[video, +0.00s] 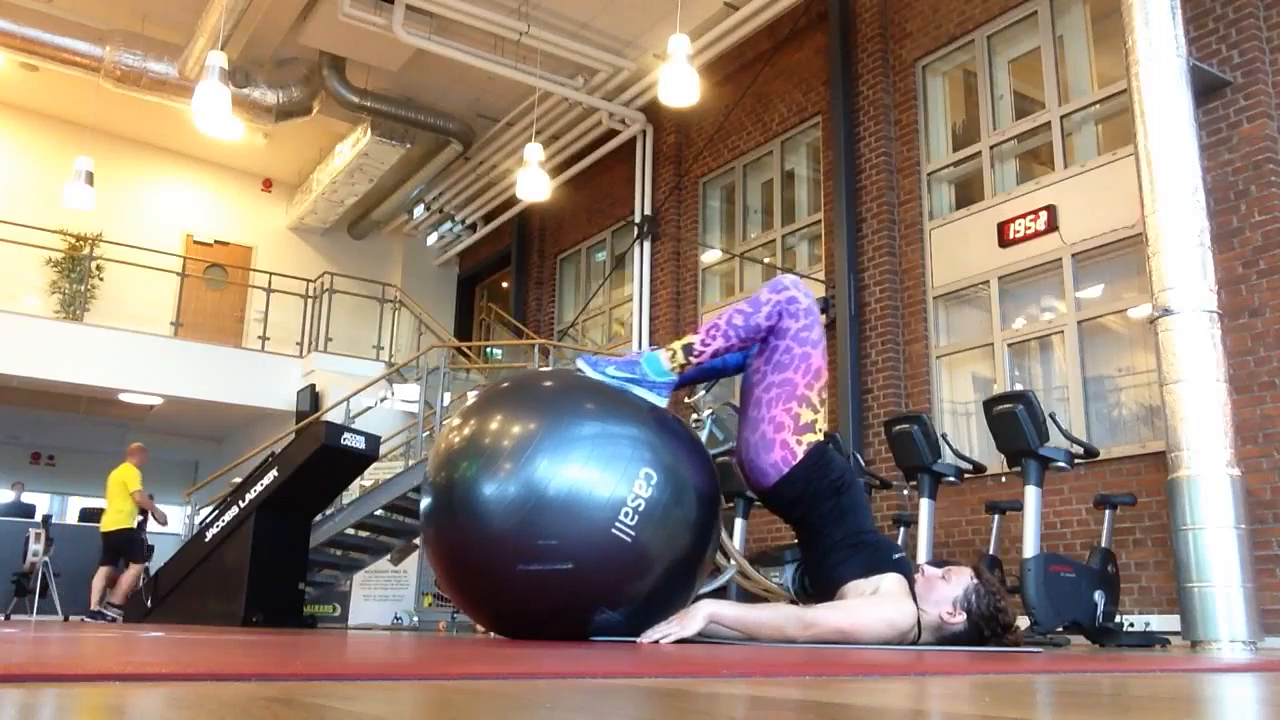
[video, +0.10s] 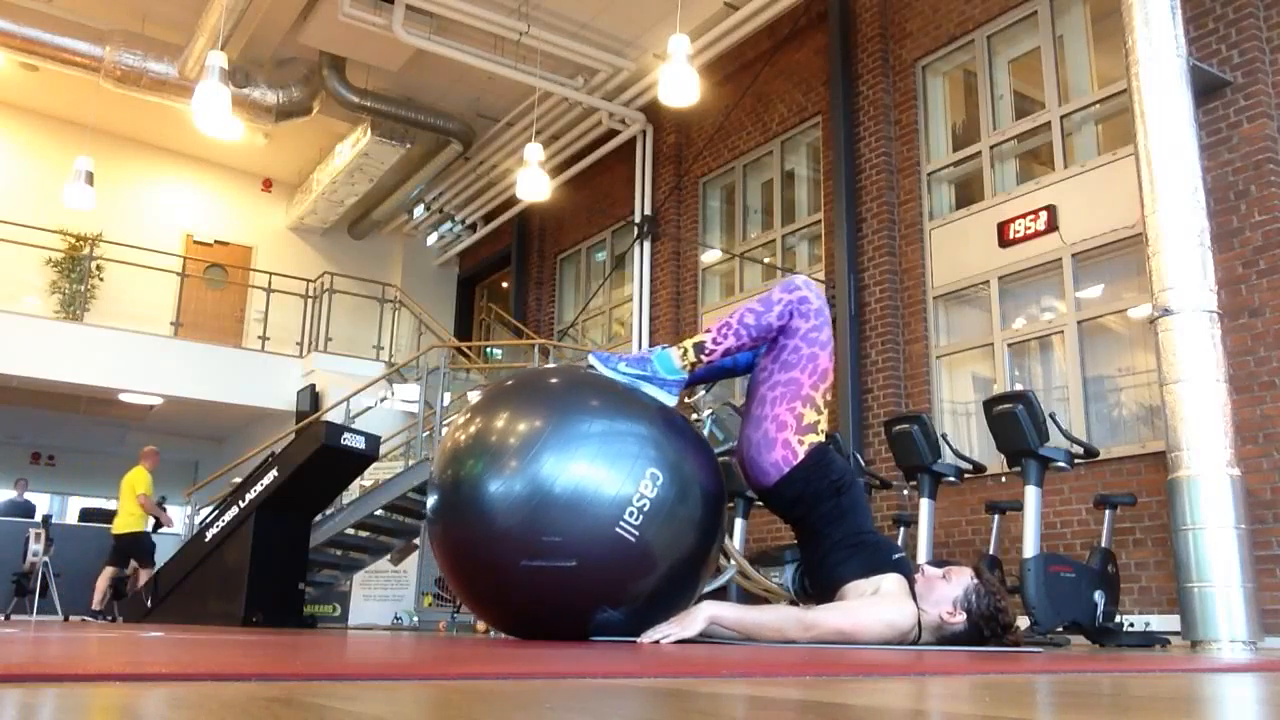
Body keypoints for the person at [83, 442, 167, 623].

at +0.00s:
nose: (145, 460)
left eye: (145, 456)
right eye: (144, 456)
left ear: (129, 454)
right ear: (138, 455)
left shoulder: (115, 472)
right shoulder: (131, 471)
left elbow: (116, 499)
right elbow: (139, 497)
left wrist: (141, 506)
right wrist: (154, 510)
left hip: (107, 525)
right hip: (123, 525)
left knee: (105, 567)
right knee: (136, 564)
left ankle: (94, 608)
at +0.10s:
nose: (158, 463)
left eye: (158, 459)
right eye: (157, 459)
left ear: (142, 458)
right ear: (151, 458)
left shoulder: (129, 475)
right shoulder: (143, 474)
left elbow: (130, 503)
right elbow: (143, 500)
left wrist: (156, 511)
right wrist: (162, 515)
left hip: (120, 529)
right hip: (136, 529)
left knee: (110, 569)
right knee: (146, 569)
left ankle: (95, 608)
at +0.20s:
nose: (170, 467)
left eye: (170, 463)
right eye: (169, 463)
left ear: (155, 461)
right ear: (163, 462)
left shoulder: (143, 479)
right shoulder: (154, 478)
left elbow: (145, 507)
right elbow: (149, 503)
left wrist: (164, 514)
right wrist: (170, 517)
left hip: (136, 534)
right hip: (150, 535)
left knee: (124, 570)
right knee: (153, 576)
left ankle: (99, 605)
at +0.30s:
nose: (183, 468)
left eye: (183, 464)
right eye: (182, 464)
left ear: (169, 462)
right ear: (176, 463)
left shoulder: (157, 478)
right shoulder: (165, 478)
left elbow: (157, 506)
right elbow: (160, 504)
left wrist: (176, 512)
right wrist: (180, 518)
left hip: (151, 531)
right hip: (160, 531)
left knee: (153, 569)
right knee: (178, 566)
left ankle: (123, 595)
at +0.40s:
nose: (194, 468)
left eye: (194, 464)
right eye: (193, 464)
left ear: (182, 460)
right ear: (188, 461)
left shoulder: (169, 476)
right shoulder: (175, 477)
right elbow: (171, 503)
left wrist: (183, 509)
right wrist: (183, 513)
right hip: (169, 529)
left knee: (172, 565)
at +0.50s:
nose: (205, 468)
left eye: (205, 464)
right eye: (204, 464)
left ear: (195, 461)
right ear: (197, 462)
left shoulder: (185, 477)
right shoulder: (184, 477)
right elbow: (181, 504)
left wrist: (185, 504)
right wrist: (188, 505)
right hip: (174, 530)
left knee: (174, 568)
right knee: (173, 568)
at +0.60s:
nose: (214, 469)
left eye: (214, 466)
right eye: (213, 465)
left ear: (204, 463)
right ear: (206, 463)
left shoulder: (200, 480)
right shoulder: (192, 478)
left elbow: (202, 503)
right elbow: (192, 503)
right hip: (181, 529)